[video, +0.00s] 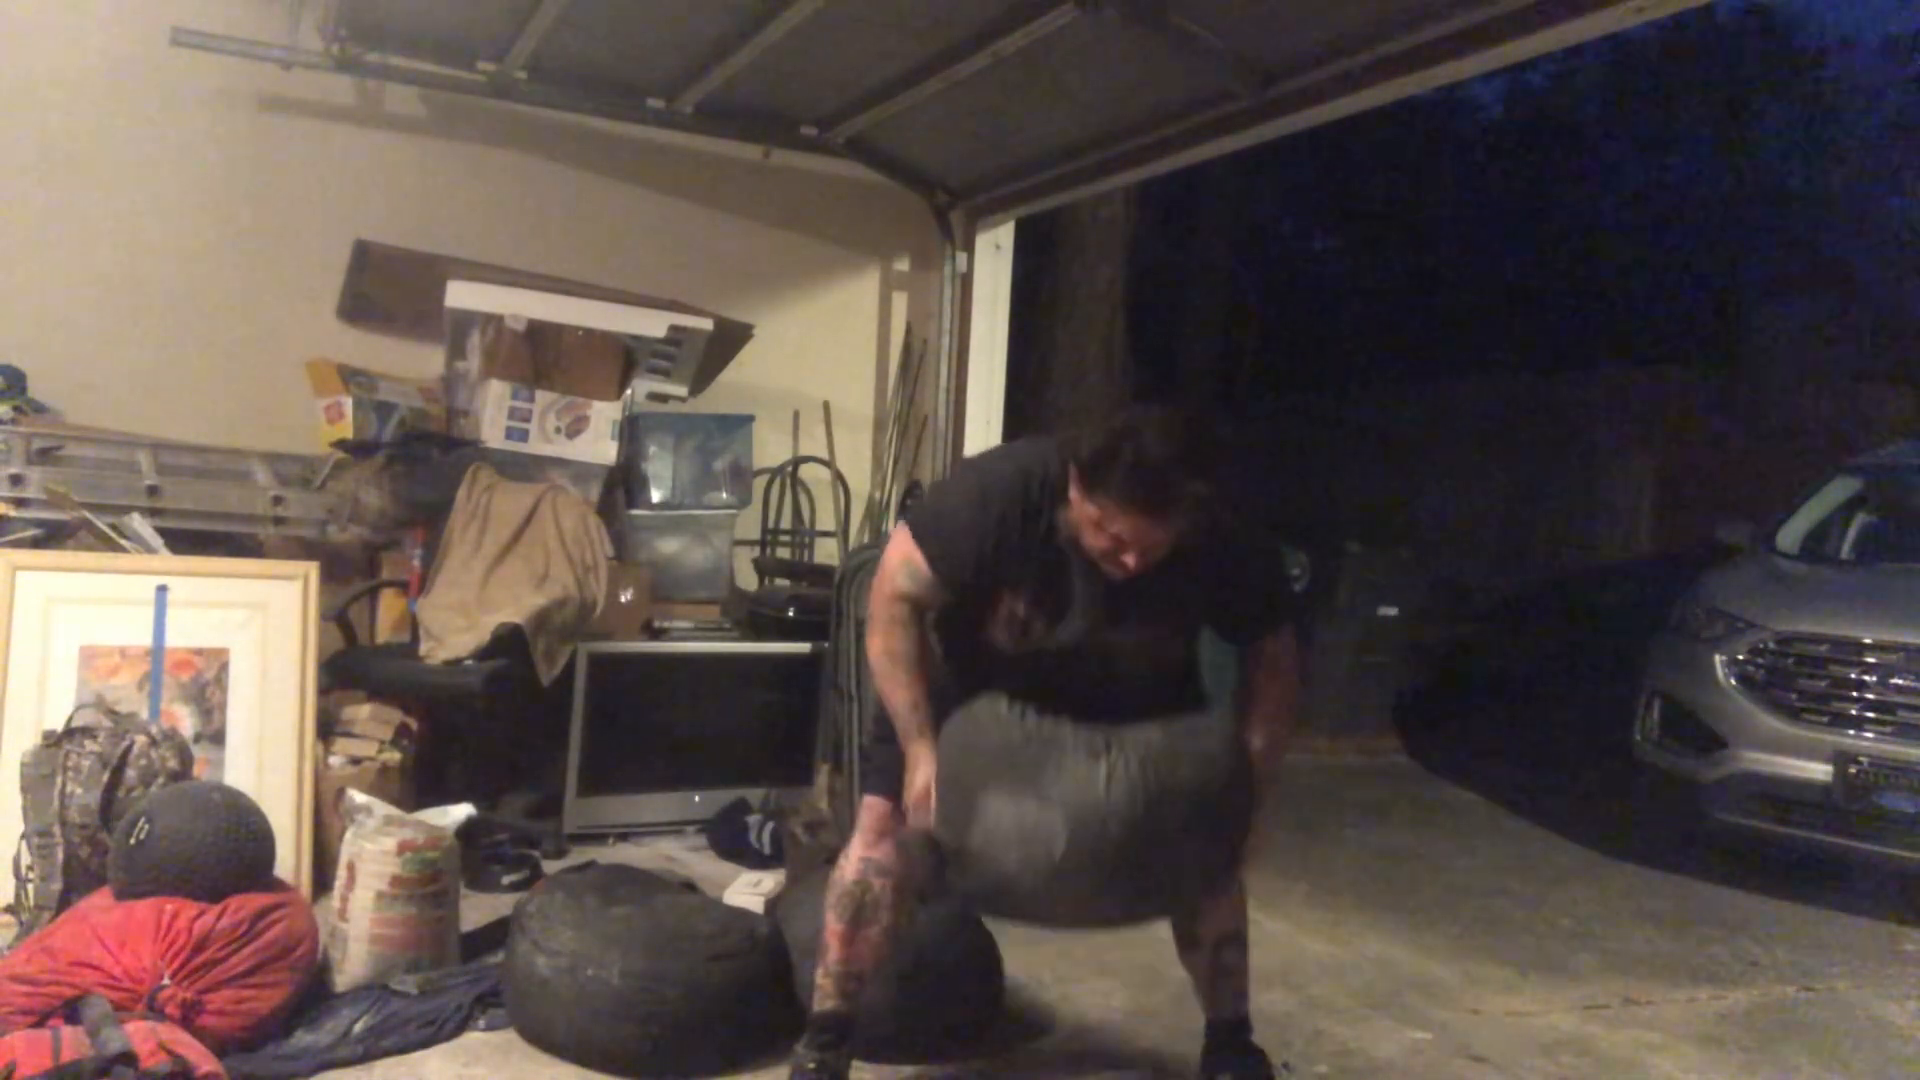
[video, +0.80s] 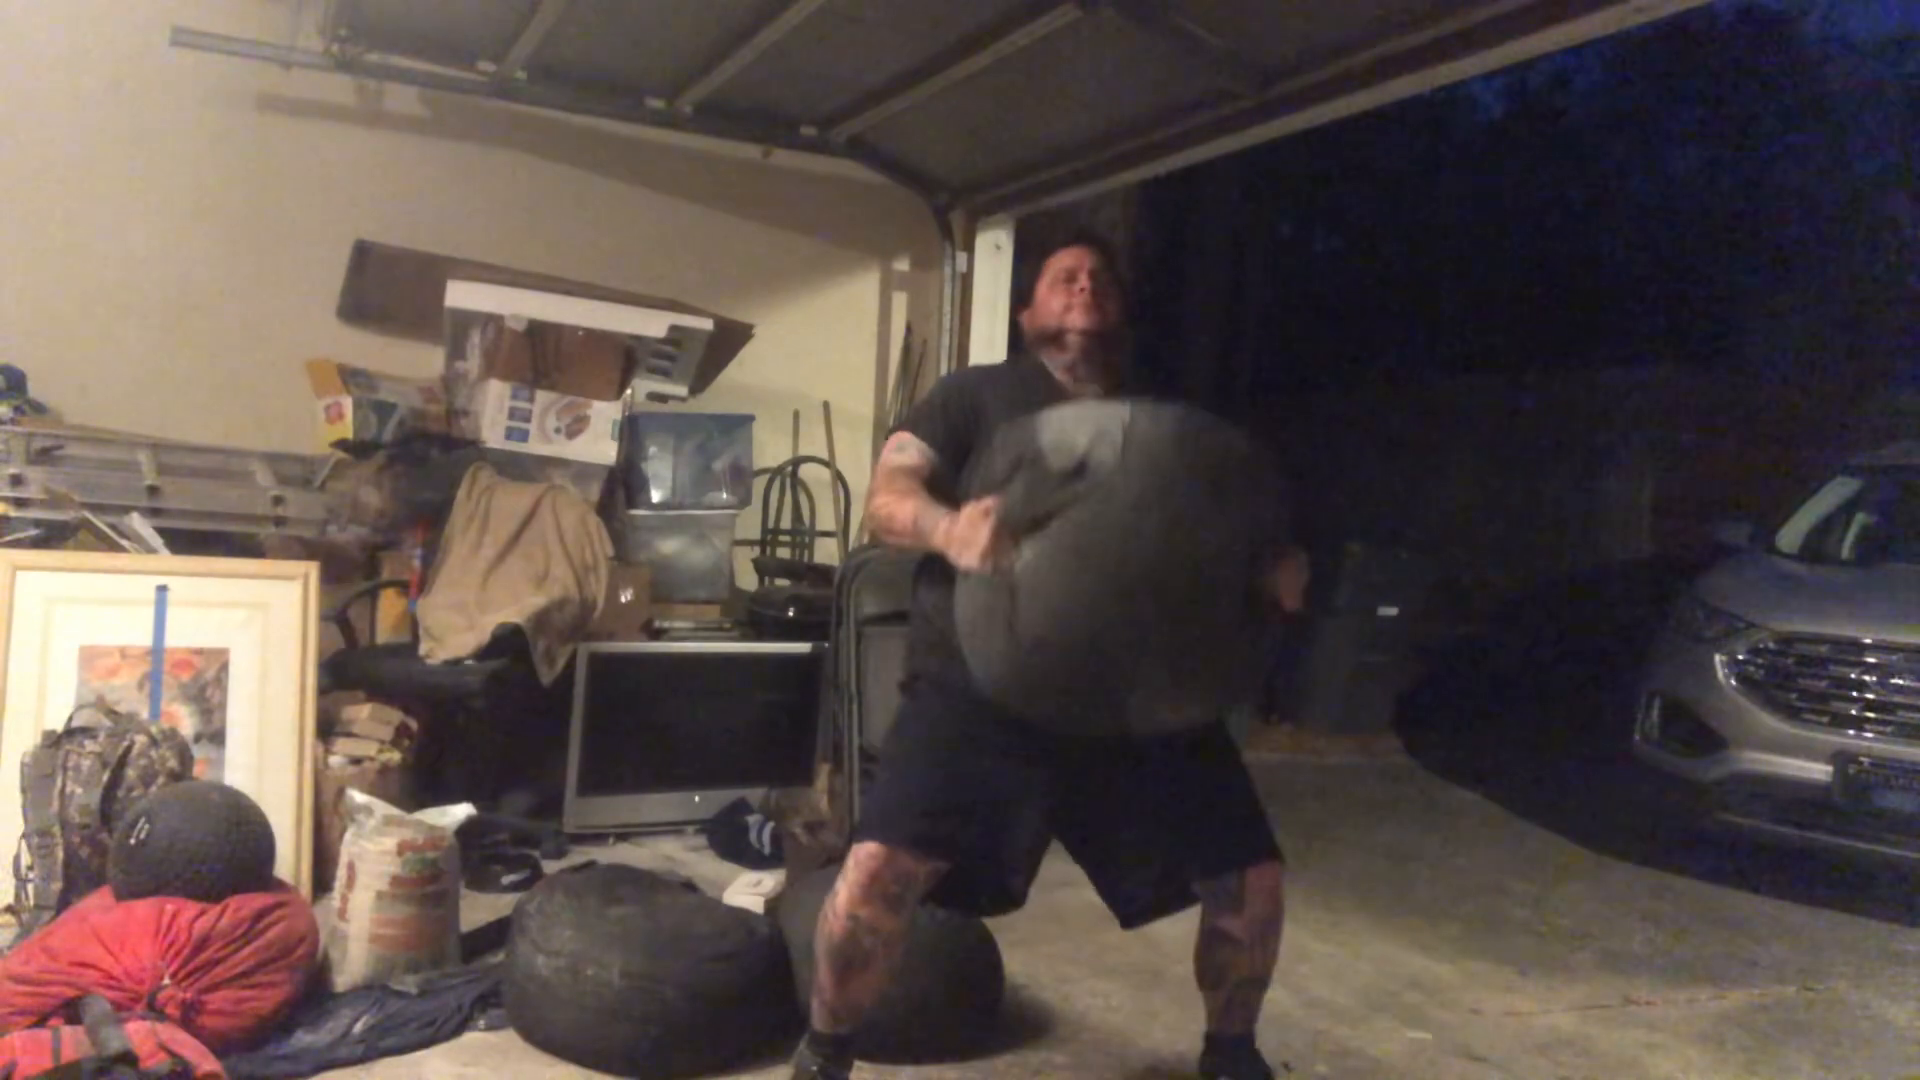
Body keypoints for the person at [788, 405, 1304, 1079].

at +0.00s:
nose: (1131, 564)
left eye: (1153, 547)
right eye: (1114, 541)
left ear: (1185, 520)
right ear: (1077, 491)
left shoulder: (1213, 540)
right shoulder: (1000, 495)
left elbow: (1273, 648)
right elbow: (892, 595)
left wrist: (1242, 789)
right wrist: (918, 751)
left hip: (1148, 702)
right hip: (976, 688)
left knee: (1208, 842)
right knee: (883, 824)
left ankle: (1231, 1044)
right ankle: (824, 1043)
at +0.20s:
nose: (1135, 493)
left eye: (1158, 472)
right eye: (1119, 465)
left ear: (1190, 452)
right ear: (1079, 421)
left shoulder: (1213, 485)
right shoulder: (995, 448)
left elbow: (1276, 579)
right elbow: (886, 545)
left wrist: (1250, 706)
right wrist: (925, 676)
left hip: (1136, 667)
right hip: (971, 647)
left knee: (1214, 835)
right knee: (882, 830)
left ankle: (1229, 1043)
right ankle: (826, 1040)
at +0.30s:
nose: (1133, 396)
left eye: (1153, 376)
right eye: (1116, 371)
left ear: (1182, 380)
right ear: (1071, 364)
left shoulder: (1205, 459)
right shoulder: (994, 432)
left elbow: (1267, 571)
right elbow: (887, 538)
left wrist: (1254, 678)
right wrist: (930, 653)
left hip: (1142, 686)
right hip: (977, 667)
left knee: (1216, 839)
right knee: (885, 832)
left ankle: (1230, 1044)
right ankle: (827, 1042)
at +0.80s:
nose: (1084, 293)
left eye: (1099, 282)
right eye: (1067, 280)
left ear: (1123, 311)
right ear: (1028, 307)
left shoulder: (1156, 417)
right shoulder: (968, 398)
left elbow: (1208, 518)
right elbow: (886, 504)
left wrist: (1268, 563)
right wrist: (946, 526)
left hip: (1142, 691)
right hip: (973, 687)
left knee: (1251, 881)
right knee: (881, 867)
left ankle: (1231, 1054)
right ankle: (824, 1053)